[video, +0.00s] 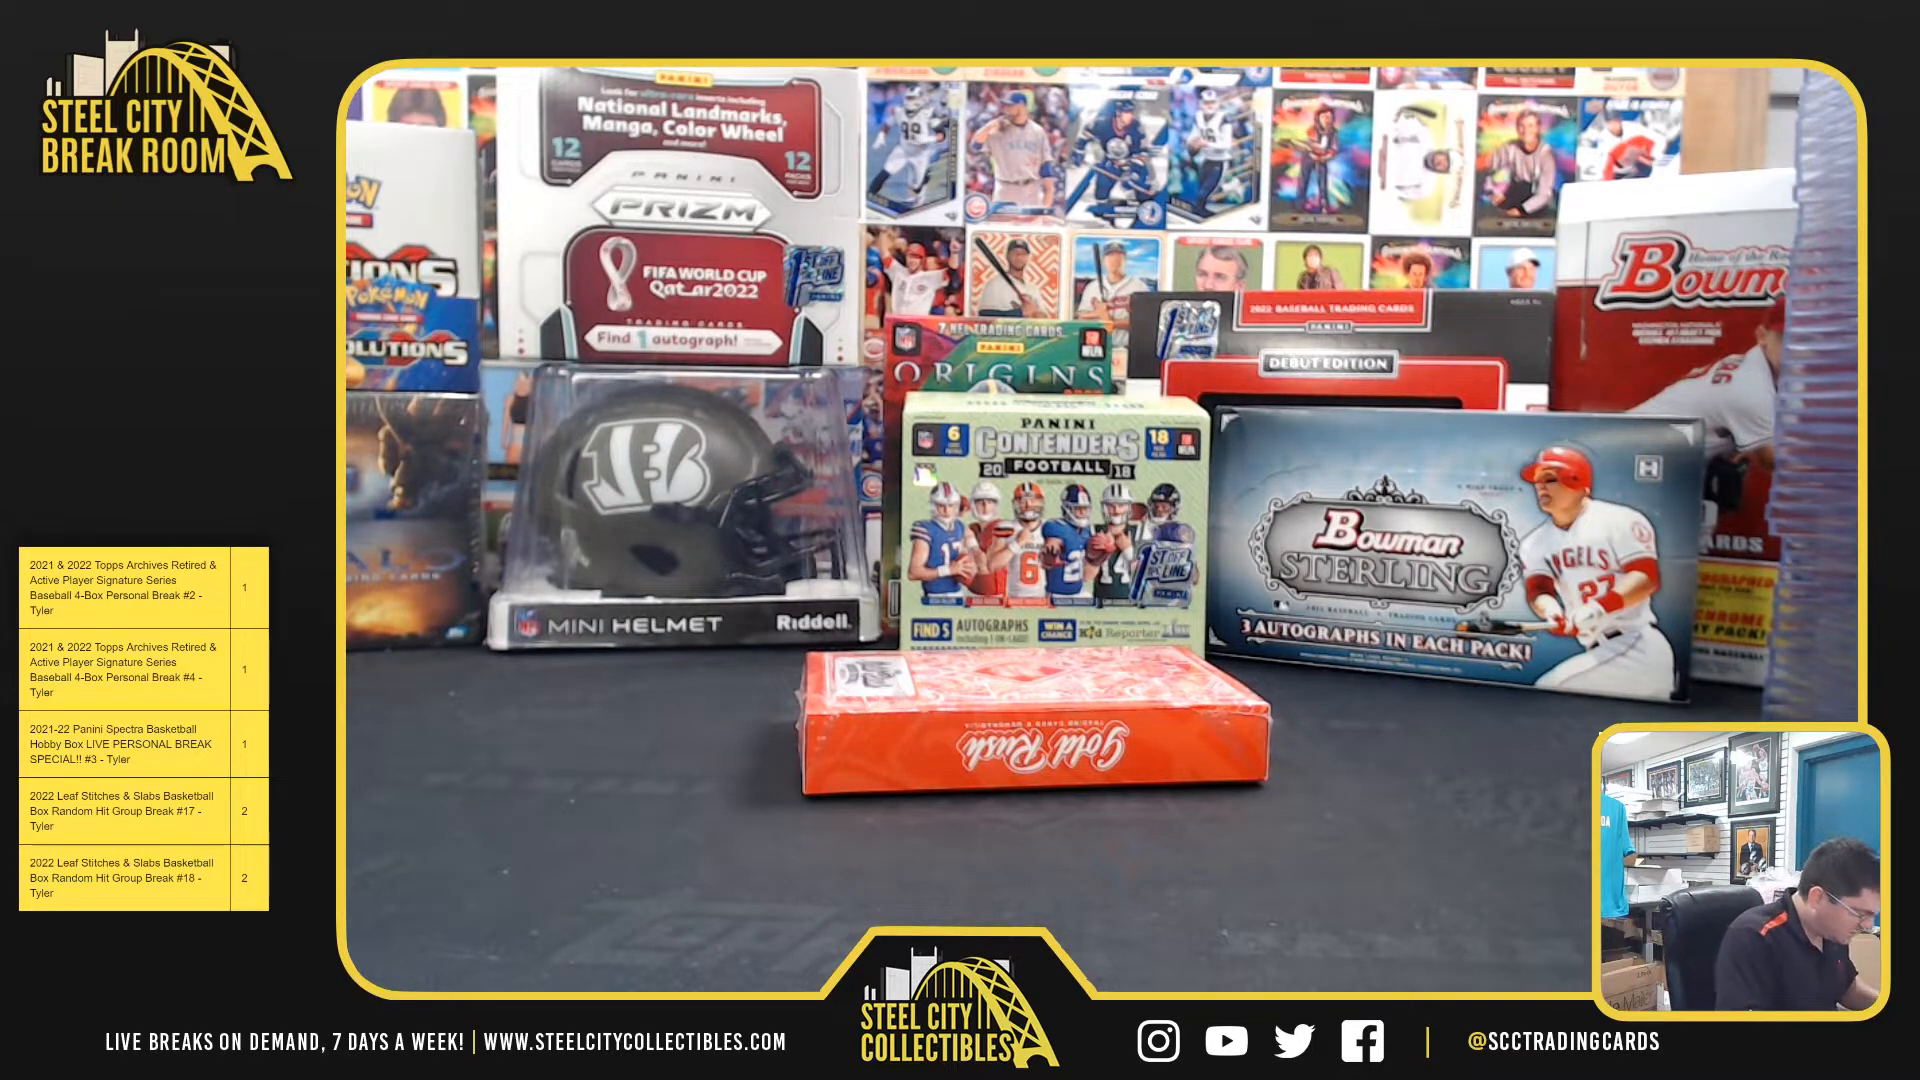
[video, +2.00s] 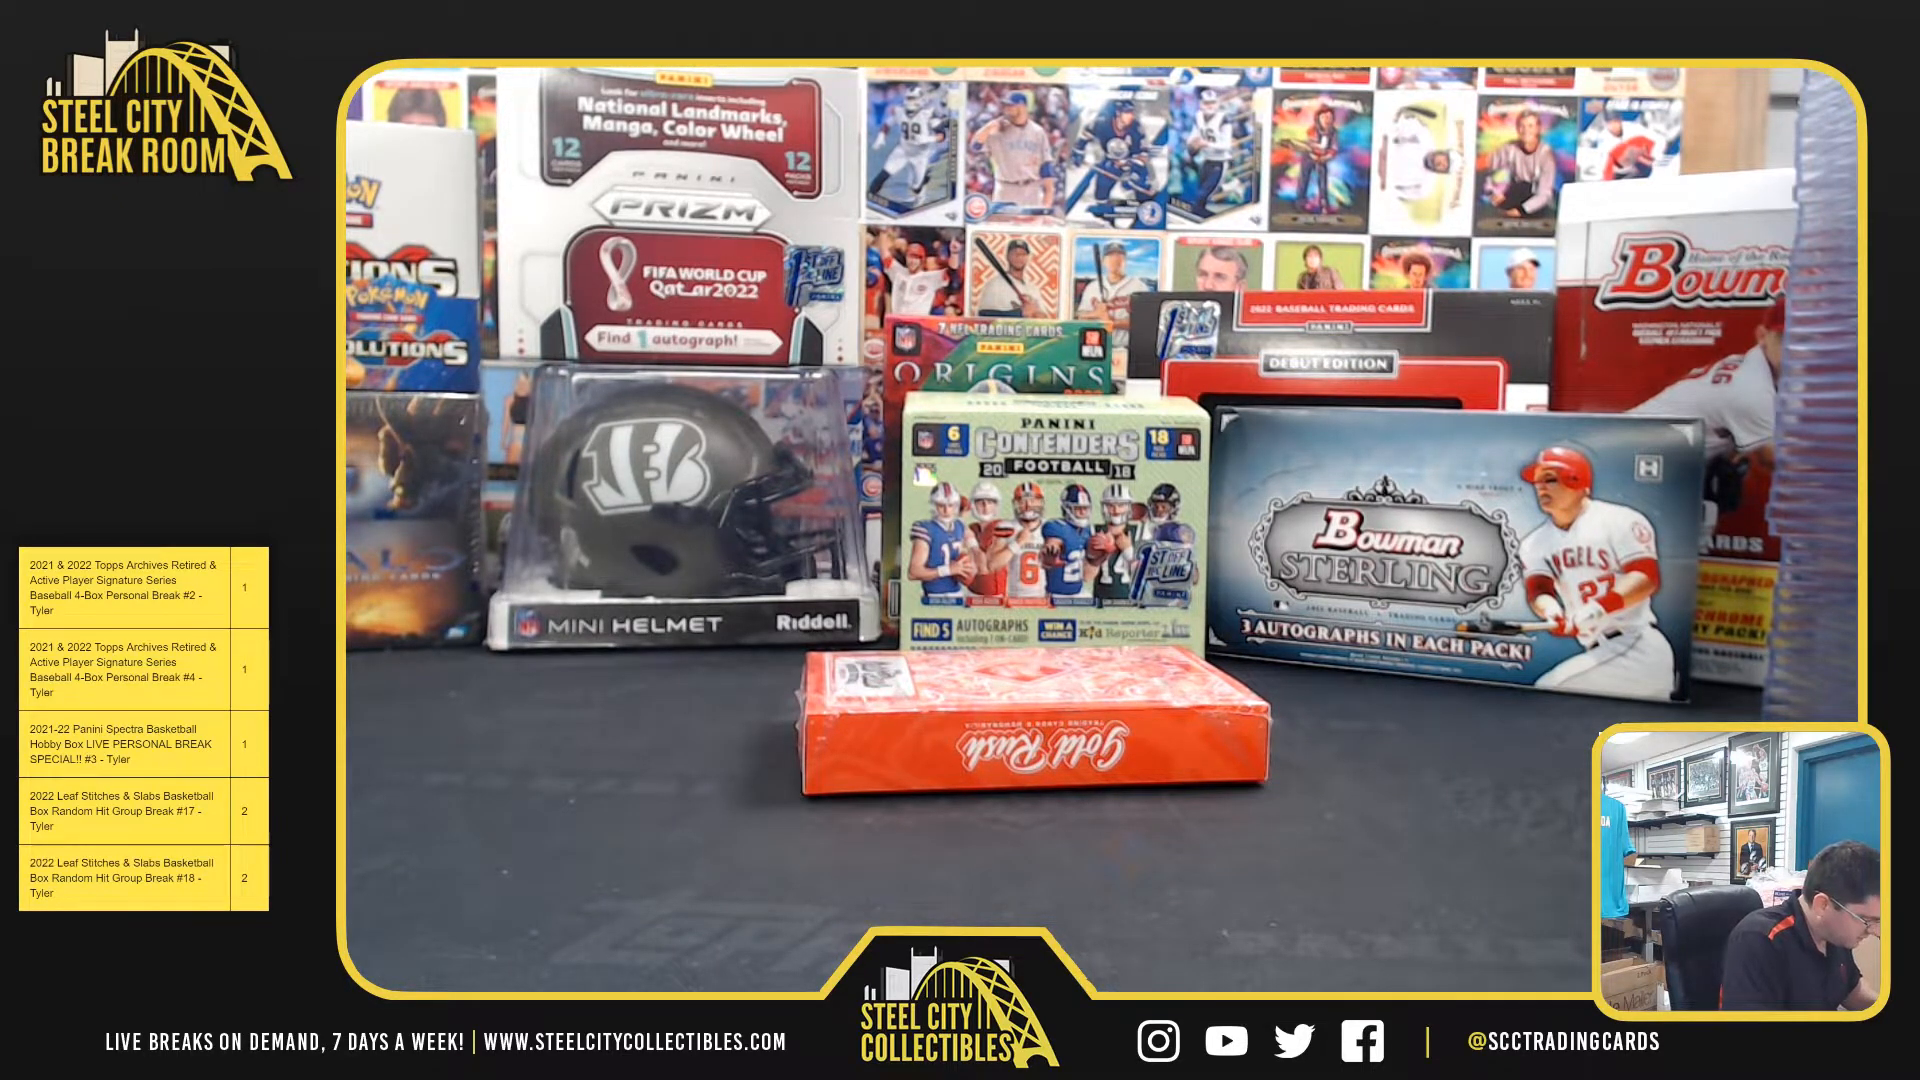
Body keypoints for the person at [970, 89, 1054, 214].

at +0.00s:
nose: (1006, 110)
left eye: (1010, 106)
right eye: (1005, 106)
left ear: (1022, 107)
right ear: (1004, 107)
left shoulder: (1038, 132)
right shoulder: (997, 129)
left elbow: (1046, 166)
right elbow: (974, 146)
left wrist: (1048, 198)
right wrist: (992, 126)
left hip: (1032, 186)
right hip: (1005, 186)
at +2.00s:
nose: (1006, 110)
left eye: (1010, 106)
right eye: (1006, 106)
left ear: (1022, 107)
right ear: (1004, 107)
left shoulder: (1038, 132)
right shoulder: (997, 129)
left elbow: (1046, 166)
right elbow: (974, 147)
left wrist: (1048, 199)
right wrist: (989, 128)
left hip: (1031, 186)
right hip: (1005, 186)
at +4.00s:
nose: (1006, 110)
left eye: (1010, 106)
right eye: (1005, 106)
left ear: (1022, 107)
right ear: (1004, 107)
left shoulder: (1038, 132)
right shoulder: (996, 129)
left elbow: (1046, 166)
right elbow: (974, 148)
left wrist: (1048, 198)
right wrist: (991, 127)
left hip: (1032, 186)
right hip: (1005, 186)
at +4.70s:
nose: (1006, 110)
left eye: (1010, 106)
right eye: (1005, 106)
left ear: (1022, 107)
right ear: (1004, 107)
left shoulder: (1038, 132)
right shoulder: (996, 129)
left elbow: (1046, 166)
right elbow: (974, 148)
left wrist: (1048, 198)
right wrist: (990, 127)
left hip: (1031, 186)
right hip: (1005, 186)